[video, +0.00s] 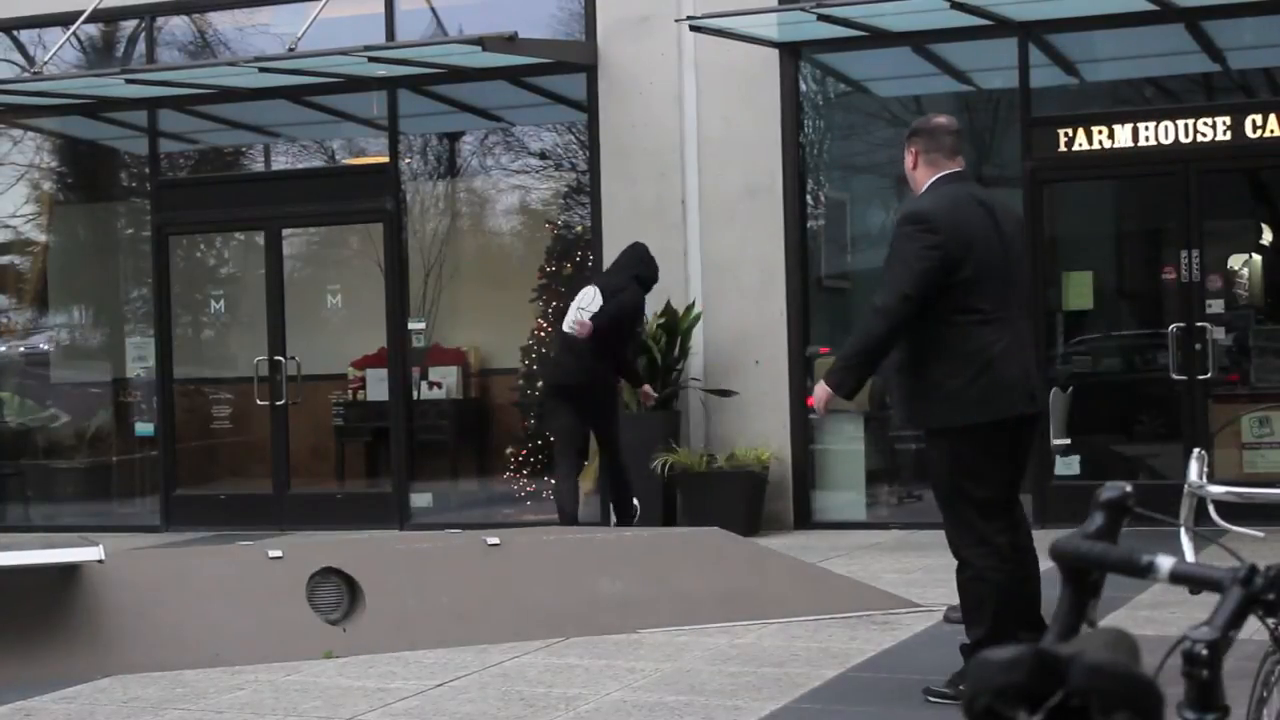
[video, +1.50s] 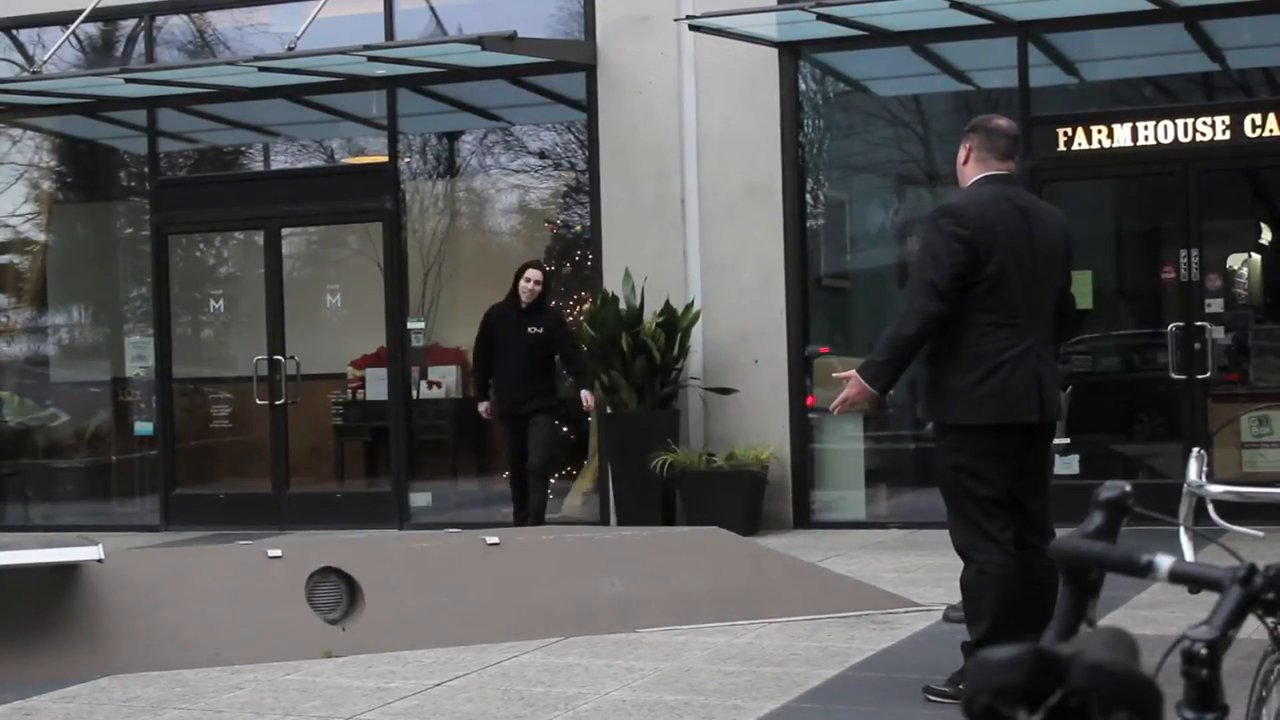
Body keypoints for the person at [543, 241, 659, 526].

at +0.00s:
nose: (649, 285)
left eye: (651, 280)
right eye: (649, 279)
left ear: (622, 264)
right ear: (643, 272)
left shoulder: (595, 285)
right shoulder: (631, 293)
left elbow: (614, 347)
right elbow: (615, 316)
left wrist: (638, 383)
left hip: (563, 378)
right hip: (596, 381)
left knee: (568, 454)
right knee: (611, 450)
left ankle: (568, 525)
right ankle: (625, 515)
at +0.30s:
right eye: (611, 276)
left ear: (579, 279)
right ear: (610, 277)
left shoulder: (567, 307)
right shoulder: (621, 304)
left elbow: (554, 349)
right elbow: (643, 344)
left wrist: (567, 376)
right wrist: (655, 366)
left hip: (578, 394)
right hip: (617, 394)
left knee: (584, 454)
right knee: (621, 456)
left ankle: (573, 515)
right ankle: (621, 518)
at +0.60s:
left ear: (560, 298)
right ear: (592, 297)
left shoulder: (554, 332)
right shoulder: (606, 328)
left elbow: (526, 362)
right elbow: (625, 364)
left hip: (571, 412)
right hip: (606, 409)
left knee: (583, 469)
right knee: (622, 457)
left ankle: (594, 524)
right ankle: (623, 491)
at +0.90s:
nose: (539, 281)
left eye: (542, 275)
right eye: (539, 275)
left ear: (551, 278)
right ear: (573, 275)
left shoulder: (552, 308)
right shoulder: (589, 307)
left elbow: (531, 340)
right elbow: (603, 349)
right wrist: (589, 369)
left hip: (557, 388)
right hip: (582, 386)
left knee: (565, 451)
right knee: (550, 445)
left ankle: (591, 515)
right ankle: (559, 505)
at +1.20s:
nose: (527, 283)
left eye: (533, 280)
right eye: (527, 278)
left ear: (547, 283)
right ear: (526, 279)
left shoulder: (551, 313)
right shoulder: (530, 310)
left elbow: (539, 359)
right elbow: (529, 360)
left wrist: (504, 374)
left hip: (545, 396)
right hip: (527, 395)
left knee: (537, 463)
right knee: (523, 464)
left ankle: (582, 512)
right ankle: (523, 523)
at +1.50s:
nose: (531, 286)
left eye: (537, 283)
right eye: (527, 280)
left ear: (543, 288)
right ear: (517, 282)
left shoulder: (551, 317)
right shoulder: (496, 315)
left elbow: (571, 353)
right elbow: (481, 357)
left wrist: (584, 386)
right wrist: (482, 396)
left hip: (542, 400)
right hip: (508, 401)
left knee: (538, 463)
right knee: (517, 464)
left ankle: (536, 525)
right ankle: (520, 521)